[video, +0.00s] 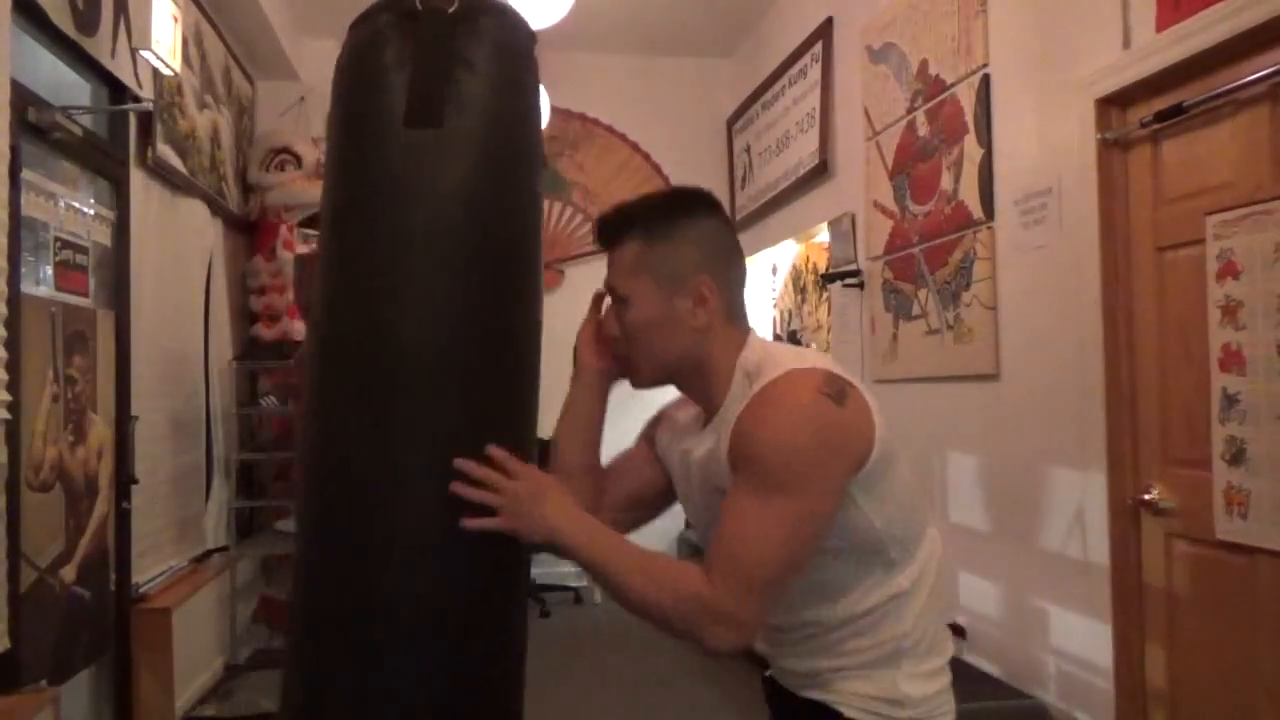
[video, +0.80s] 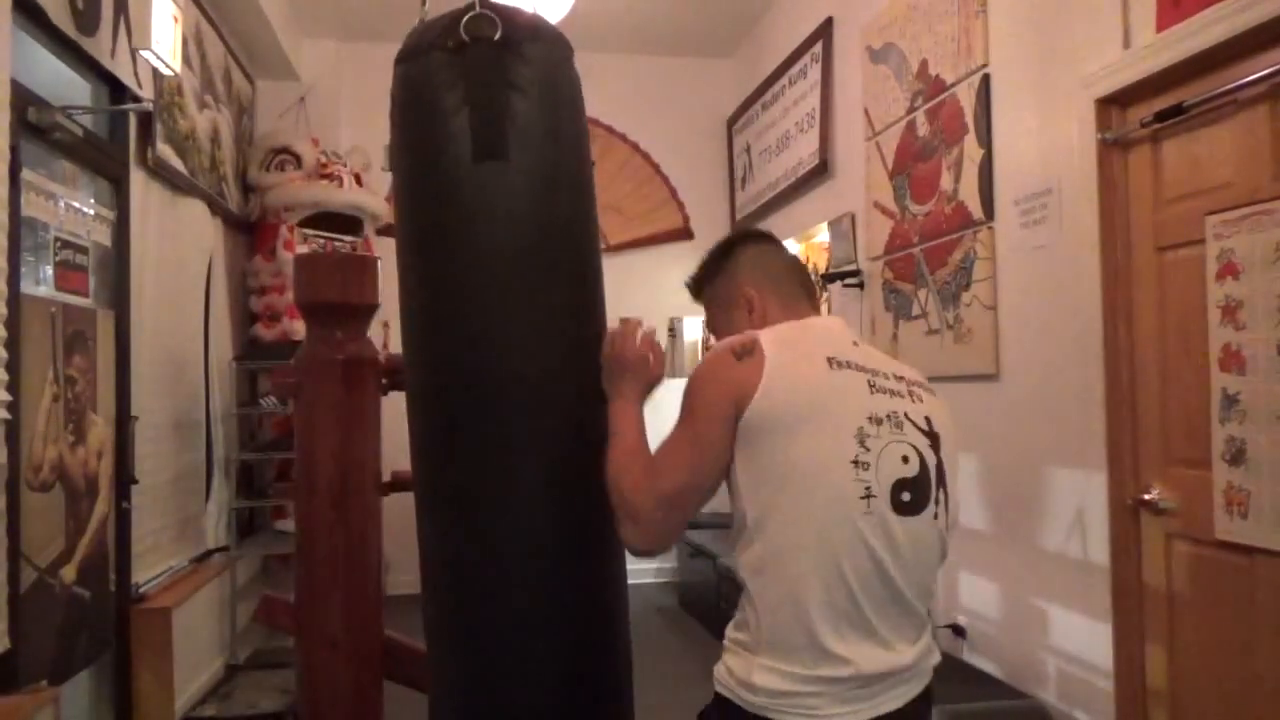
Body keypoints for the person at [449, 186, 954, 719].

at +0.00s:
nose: (607, 325)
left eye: (621, 304)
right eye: (609, 304)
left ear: (698, 303)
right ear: (692, 308)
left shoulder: (801, 408)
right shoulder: (682, 426)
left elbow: (726, 619)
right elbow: (579, 521)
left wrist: (561, 520)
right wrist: (590, 381)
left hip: (873, 702)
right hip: (788, 687)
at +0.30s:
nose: (581, 319)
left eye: (585, 295)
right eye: (578, 297)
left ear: (651, 286)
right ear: (651, 286)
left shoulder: (763, 409)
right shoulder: (703, 381)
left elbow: (700, 641)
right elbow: (602, 501)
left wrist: (579, 477)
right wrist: (582, 372)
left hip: (821, 709)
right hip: (758, 692)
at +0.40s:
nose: (601, 306)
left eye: (606, 279)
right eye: (600, 281)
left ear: (663, 269)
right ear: (662, 270)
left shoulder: (758, 388)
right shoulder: (740, 363)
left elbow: (655, 594)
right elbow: (633, 486)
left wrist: (582, 415)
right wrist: (600, 397)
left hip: (804, 706)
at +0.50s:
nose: (635, 295)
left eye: (638, 273)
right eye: (632, 276)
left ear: (689, 259)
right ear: (693, 258)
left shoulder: (751, 362)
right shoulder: (790, 330)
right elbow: (645, 496)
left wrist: (585, 347)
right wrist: (639, 345)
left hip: (786, 704)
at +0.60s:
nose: (676, 299)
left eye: (673, 279)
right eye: (669, 282)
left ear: (715, 262)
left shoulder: (741, 349)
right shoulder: (822, 328)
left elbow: (594, 480)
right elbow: (710, 492)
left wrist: (609, 316)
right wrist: (687, 318)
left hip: (781, 700)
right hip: (876, 680)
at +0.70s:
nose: (704, 326)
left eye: (700, 305)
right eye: (697, 310)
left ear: (735, 279)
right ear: (796, 274)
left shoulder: (740, 349)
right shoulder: (881, 358)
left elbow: (612, 490)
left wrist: (615, 344)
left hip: (773, 702)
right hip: (893, 689)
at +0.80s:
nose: (716, 349)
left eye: (716, 331)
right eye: (714, 335)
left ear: (749, 307)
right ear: (811, 303)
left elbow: (644, 528)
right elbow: (934, 539)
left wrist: (624, 396)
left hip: (777, 702)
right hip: (907, 696)